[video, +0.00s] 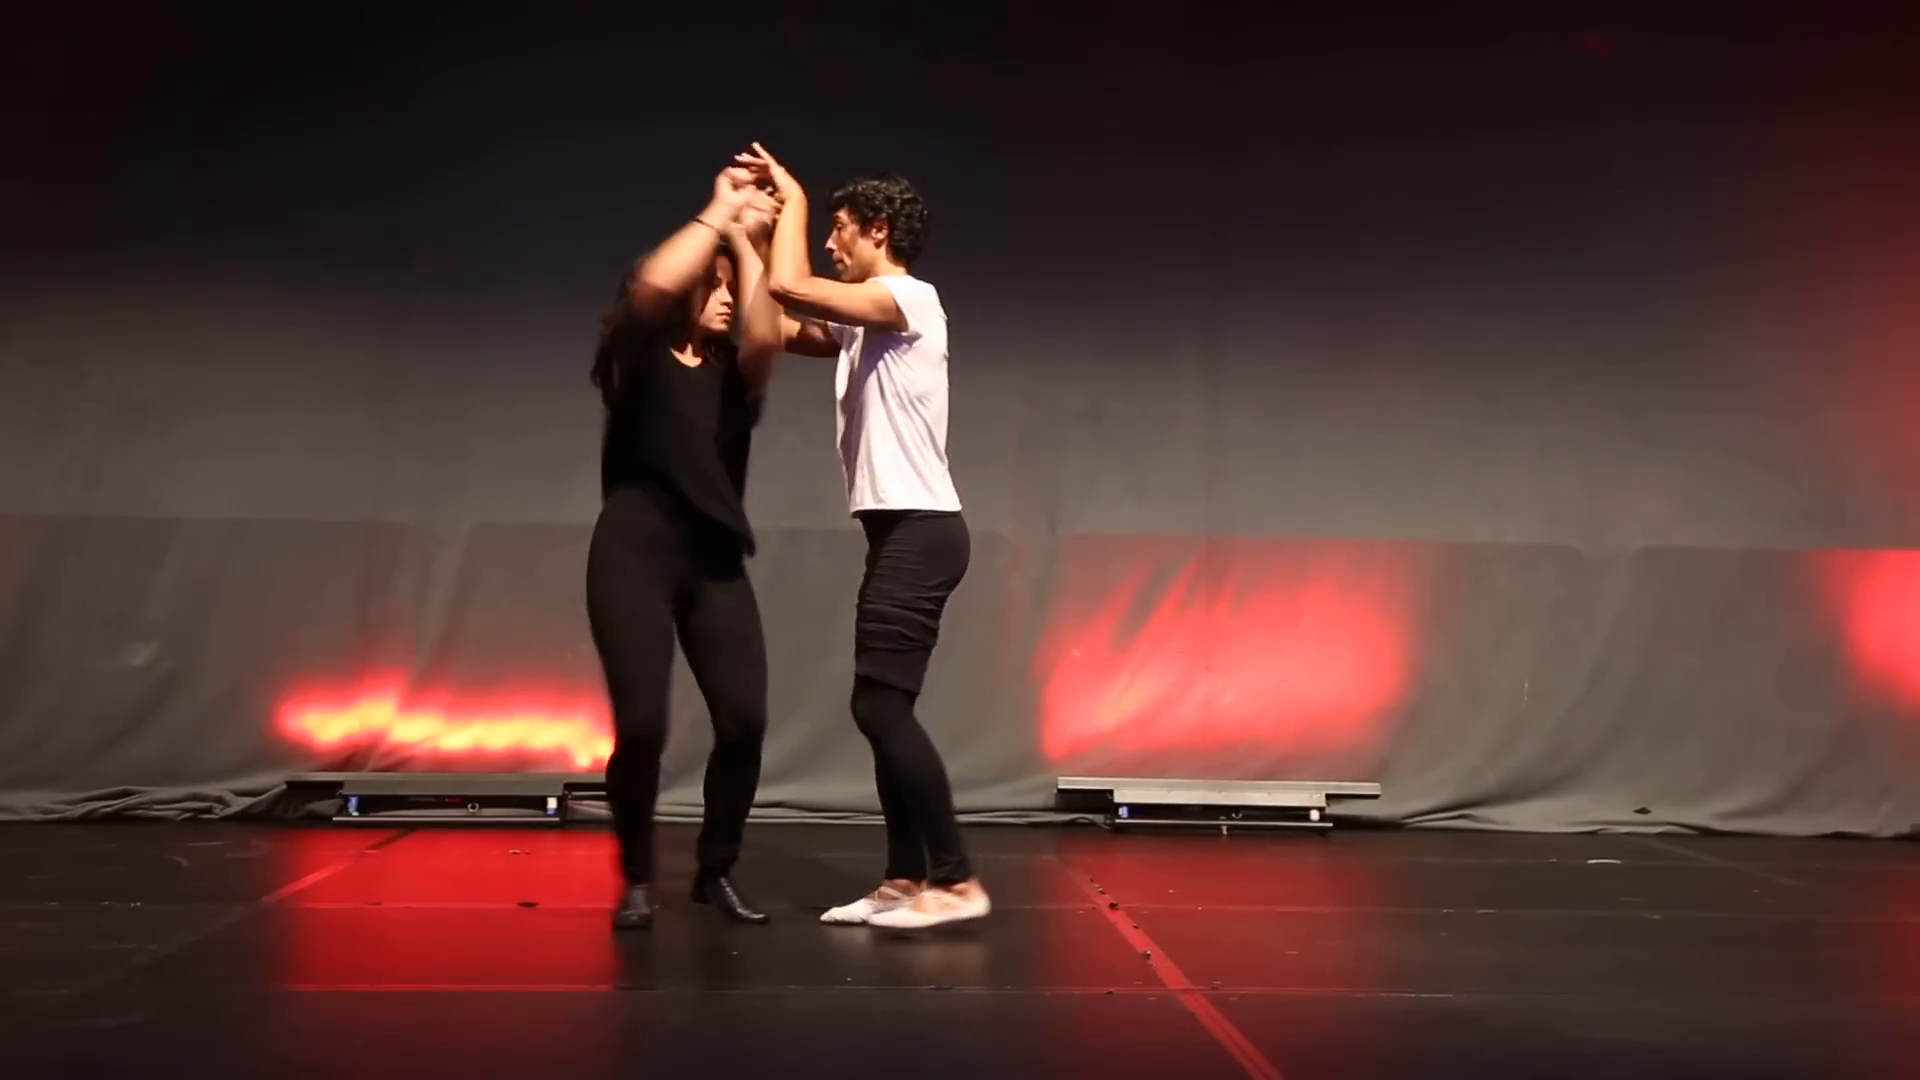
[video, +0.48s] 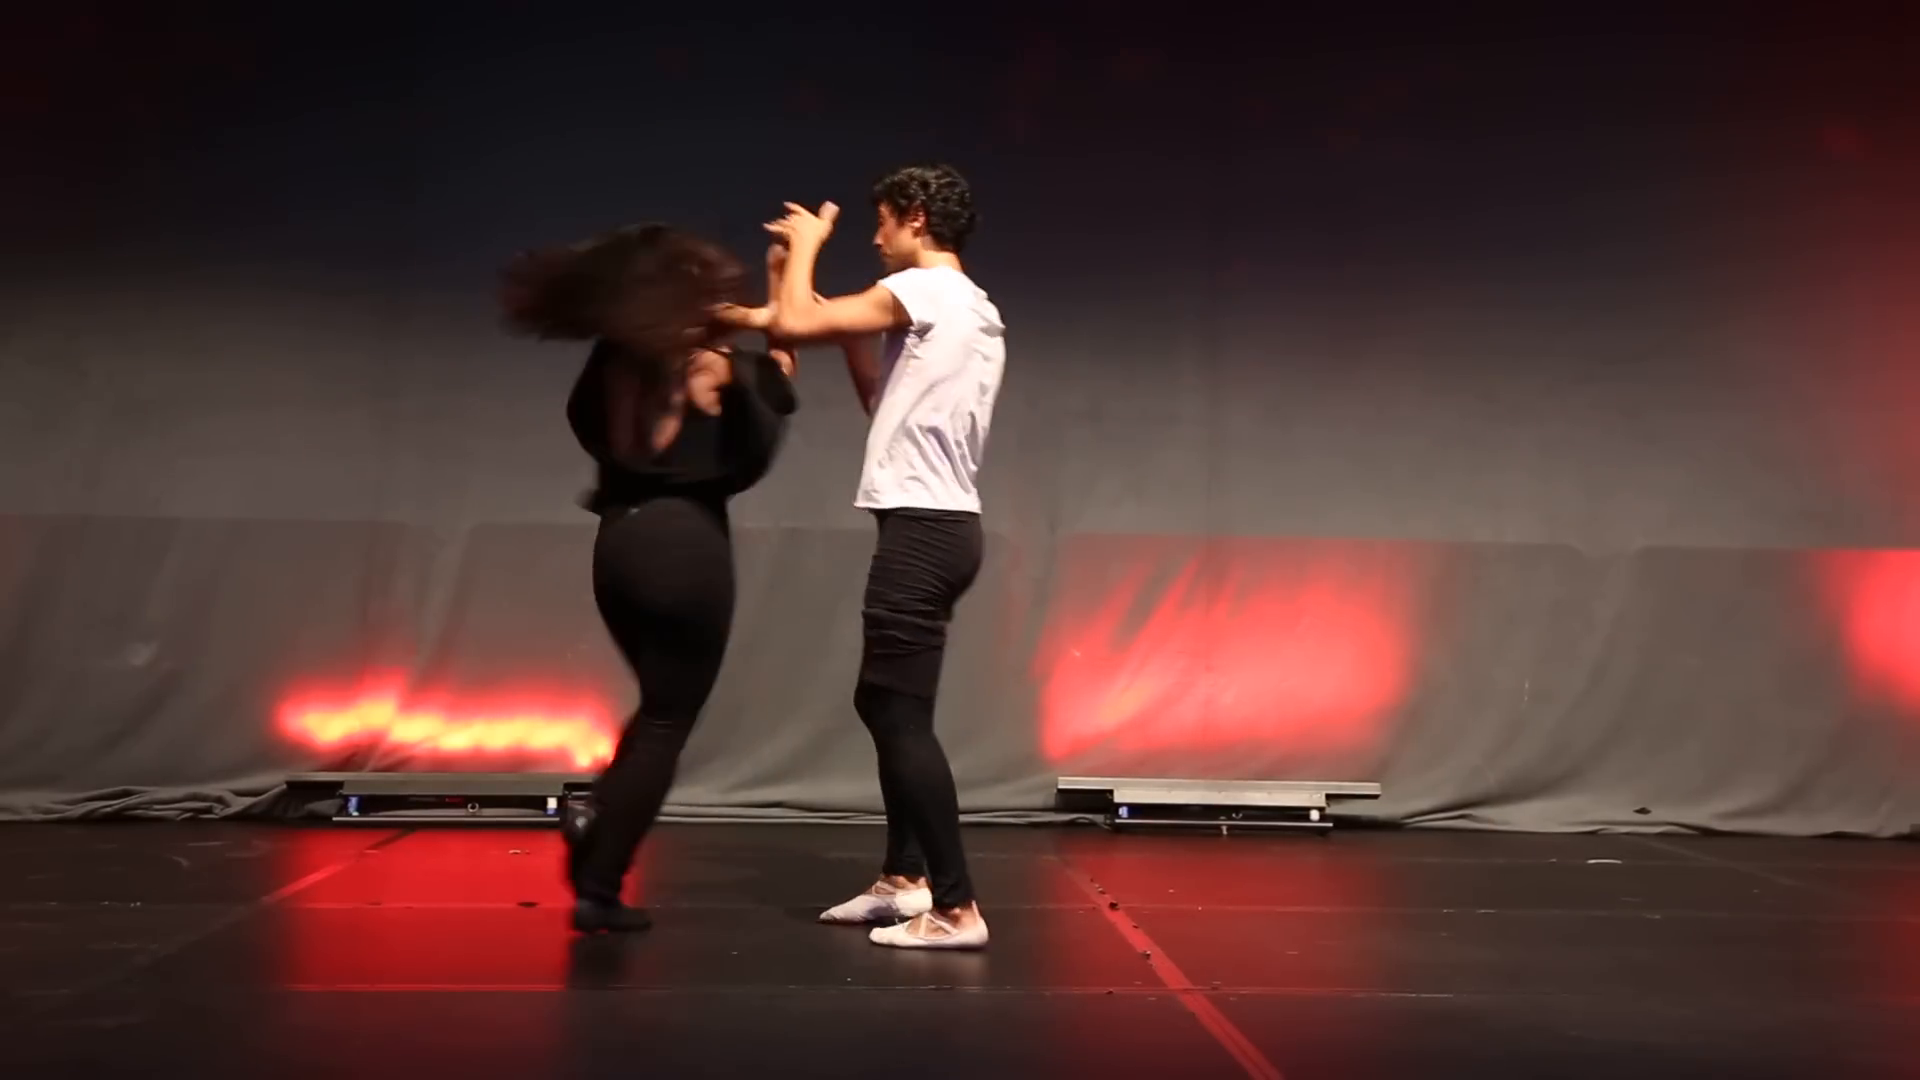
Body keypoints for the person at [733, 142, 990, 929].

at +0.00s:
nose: (833, 245)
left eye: (843, 230)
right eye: (835, 232)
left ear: (878, 233)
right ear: (872, 237)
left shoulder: (910, 300)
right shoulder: (870, 321)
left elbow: (793, 284)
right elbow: (778, 325)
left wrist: (793, 200)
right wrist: (753, 229)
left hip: (920, 528)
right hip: (897, 529)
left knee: (885, 707)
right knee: (880, 710)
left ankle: (955, 883)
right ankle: (906, 879)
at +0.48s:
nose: (880, 236)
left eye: (885, 222)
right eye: (882, 222)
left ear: (914, 221)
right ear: (945, 228)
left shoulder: (926, 288)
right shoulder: (977, 309)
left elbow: (793, 318)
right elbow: (884, 400)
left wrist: (805, 243)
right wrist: (817, 294)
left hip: (919, 524)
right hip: (937, 523)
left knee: (901, 709)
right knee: (883, 700)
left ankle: (955, 908)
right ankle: (904, 880)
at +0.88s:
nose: (918, 228)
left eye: (923, 213)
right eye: (921, 214)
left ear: (947, 218)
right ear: (987, 226)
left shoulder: (956, 293)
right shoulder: (1003, 311)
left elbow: (822, 330)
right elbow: (915, 428)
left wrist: (820, 252)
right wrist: (861, 338)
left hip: (948, 539)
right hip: (1005, 538)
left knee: (908, 724)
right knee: (984, 728)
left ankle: (955, 912)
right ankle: (1041, 902)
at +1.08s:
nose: (903, 216)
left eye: (908, 204)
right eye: (906, 202)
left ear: (921, 215)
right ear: (985, 225)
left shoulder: (894, 287)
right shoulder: (1015, 310)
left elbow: (772, 300)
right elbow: (943, 310)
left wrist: (821, 219)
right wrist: (884, 255)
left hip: (924, 535)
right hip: (1003, 538)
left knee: (878, 719)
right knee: (997, 729)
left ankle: (892, 911)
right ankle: (1058, 909)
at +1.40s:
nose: (939, 241)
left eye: (938, 226)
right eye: (932, 225)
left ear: (854, 226)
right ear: (898, 226)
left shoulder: (791, 306)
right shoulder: (934, 289)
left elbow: (790, 322)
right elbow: (1060, 243)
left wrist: (836, 264)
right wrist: (983, 178)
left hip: (821, 531)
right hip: (897, 522)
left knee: (860, 734)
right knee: (966, 724)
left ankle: (823, 922)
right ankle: (1059, 889)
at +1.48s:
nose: (937, 241)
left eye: (937, 227)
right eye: (929, 228)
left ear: (865, 230)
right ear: (889, 231)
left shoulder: (796, 309)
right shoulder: (915, 285)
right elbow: (1035, 204)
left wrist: (943, 315)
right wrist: (971, 151)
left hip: (812, 532)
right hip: (882, 524)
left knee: (854, 734)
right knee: (922, 705)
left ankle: (822, 922)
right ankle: (955, 873)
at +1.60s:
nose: (938, 236)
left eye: (944, 222)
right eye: (931, 218)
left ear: (880, 229)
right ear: (895, 218)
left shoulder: (888, 317)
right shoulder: (856, 290)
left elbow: (945, 415)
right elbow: (933, 167)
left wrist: (938, 304)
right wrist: (925, 149)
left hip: (827, 537)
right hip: (863, 535)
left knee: (860, 731)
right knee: (806, 700)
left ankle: (822, 922)